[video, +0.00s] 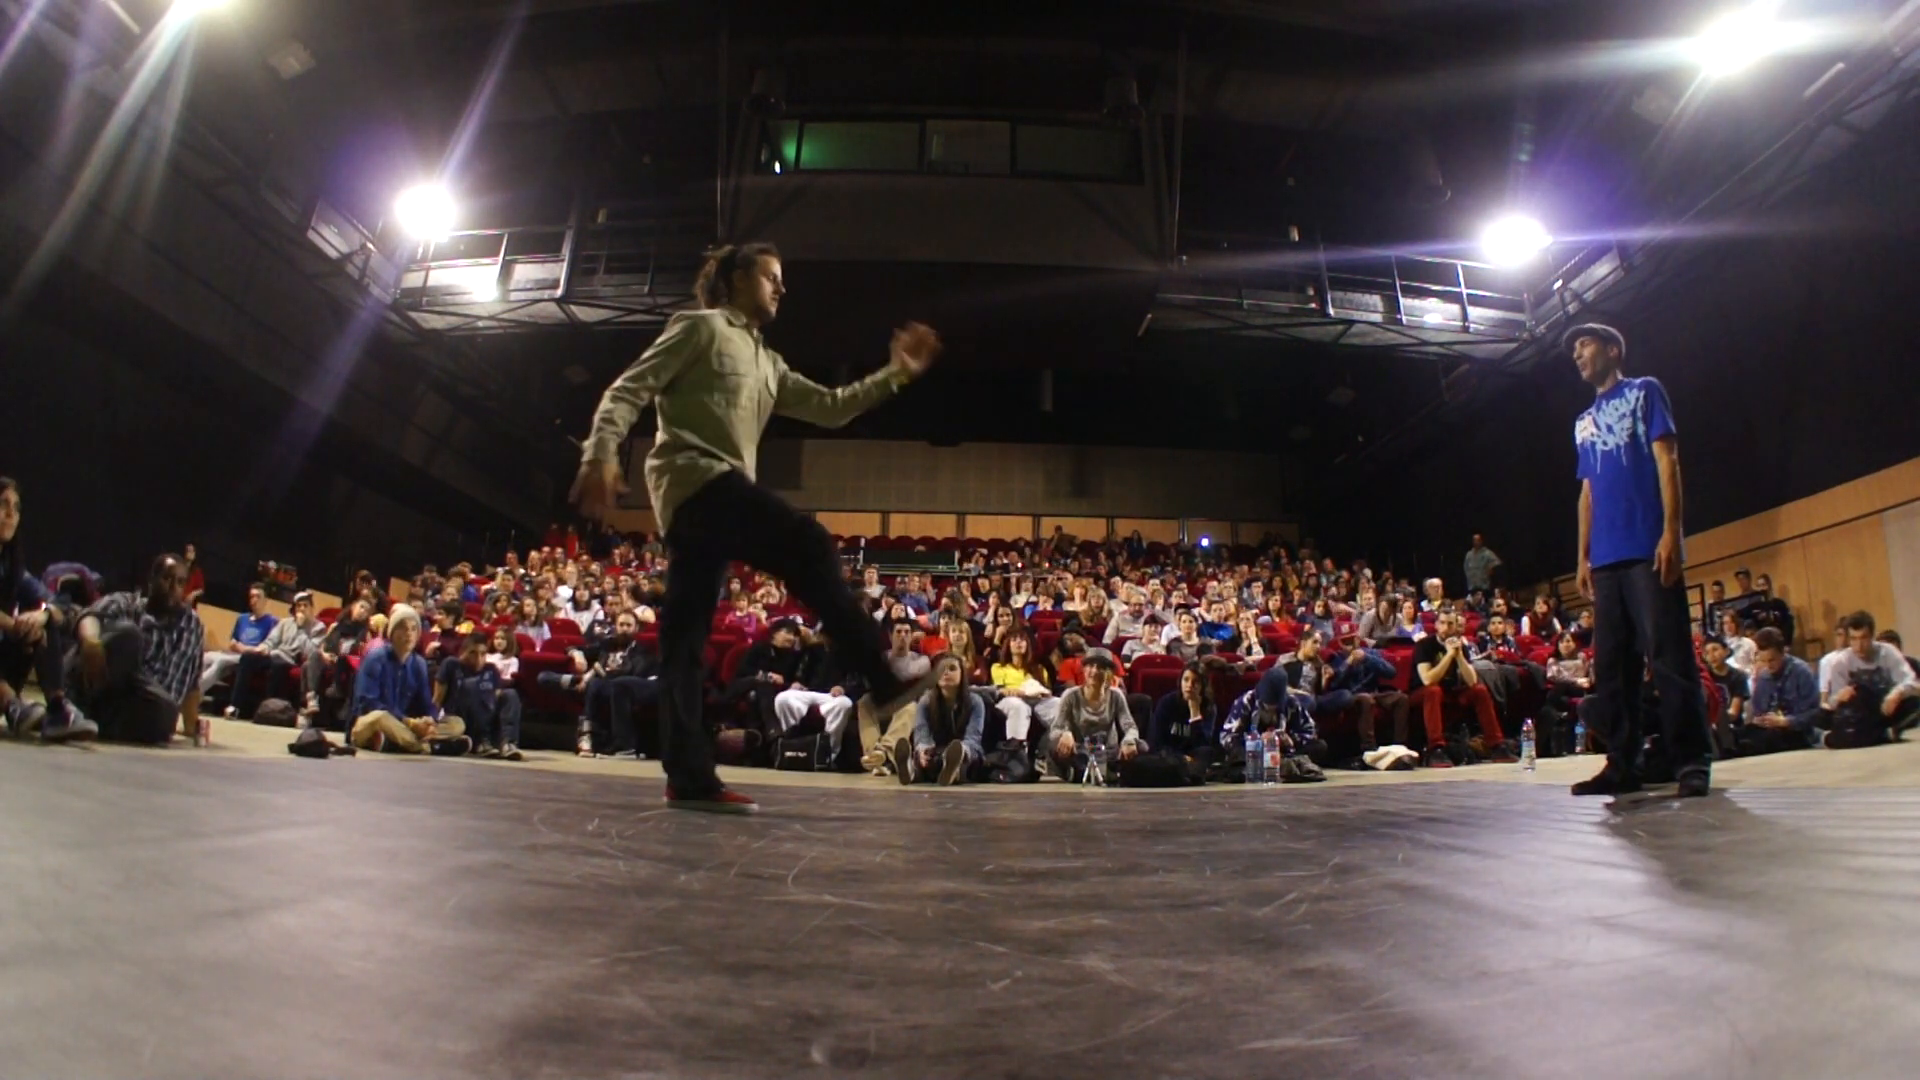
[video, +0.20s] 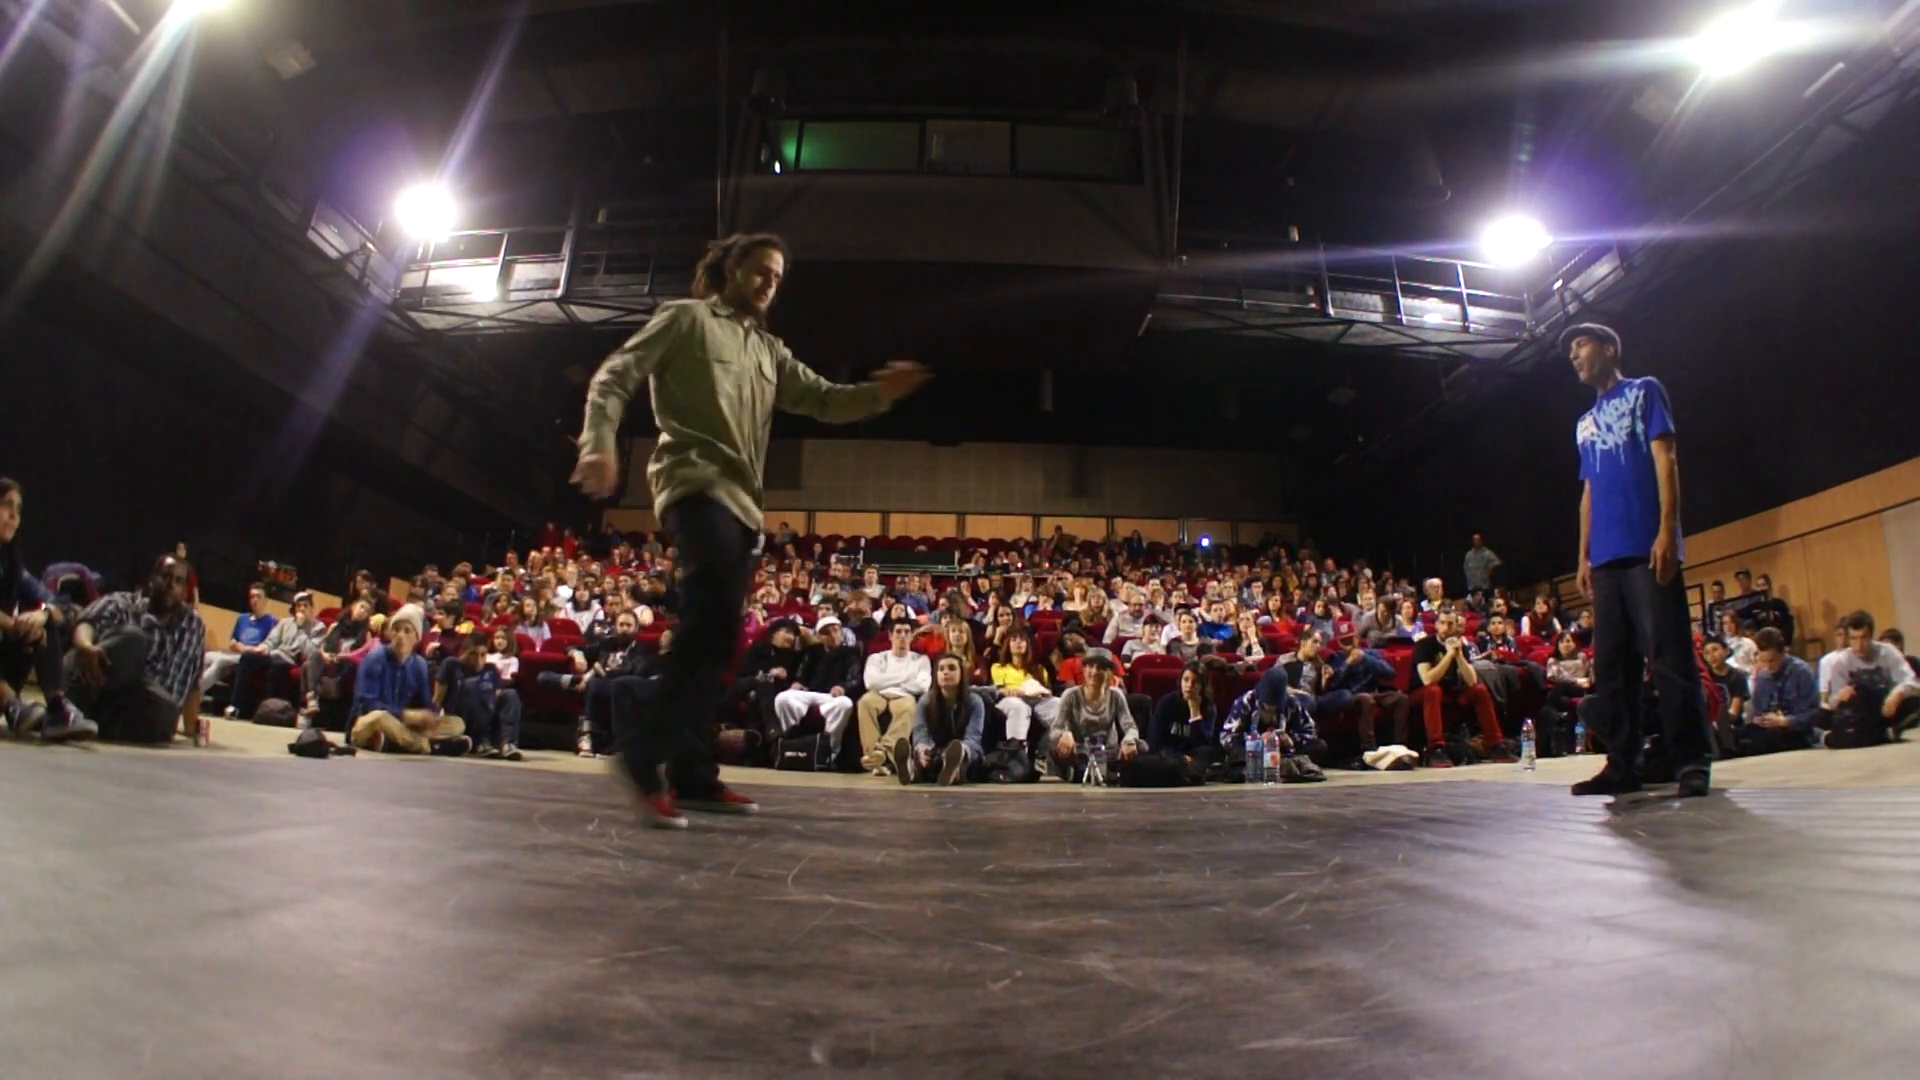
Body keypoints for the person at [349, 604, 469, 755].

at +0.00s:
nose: (409, 634)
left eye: (413, 629)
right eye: (402, 628)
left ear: (418, 634)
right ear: (391, 632)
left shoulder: (419, 664)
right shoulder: (375, 658)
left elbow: (426, 704)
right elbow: (367, 703)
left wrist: (429, 720)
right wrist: (407, 722)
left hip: (412, 724)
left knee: (457, 724)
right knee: (381, 718)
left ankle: (396, 744)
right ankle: (425, 748)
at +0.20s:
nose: (400, 636)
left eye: (407, 631)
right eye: (396, 630)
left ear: (417, 638)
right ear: (390, 633)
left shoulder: (420, 665)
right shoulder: (375, 659)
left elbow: (426, 705)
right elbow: (366, 704)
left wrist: (428, 719)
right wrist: (405, 715)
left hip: (410, 724)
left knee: (457, 724)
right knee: (380, 718)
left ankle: (393, 743)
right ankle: (428, 747)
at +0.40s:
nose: (398, 637)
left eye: (405, 633)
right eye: (394, 631)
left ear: (415, 639)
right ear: (388, 633)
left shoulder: (419, 664)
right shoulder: (372, 660)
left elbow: (426, 706)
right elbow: (367, 705)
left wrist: (428, 720)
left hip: (404, 724)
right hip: (366, 725)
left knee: (457, 724)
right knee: (380, 717)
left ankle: (393, 744)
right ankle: (428, 747)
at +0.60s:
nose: (392, 639)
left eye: (398, 634)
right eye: (388, 633)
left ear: (409, 638)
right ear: (382, 635)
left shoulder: (416, 664)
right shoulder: (367, 661)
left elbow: (428, 705)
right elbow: (369, 706)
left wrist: (425, 722)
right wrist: (390, 668)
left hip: (403, 723)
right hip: (366, 725)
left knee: (457, 724)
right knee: (380, 718)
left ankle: (393, 743)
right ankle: (428, 747)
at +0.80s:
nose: (384, 632)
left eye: (390, 626)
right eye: (379, 626)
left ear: (401, 633)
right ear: (374, 631)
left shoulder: (410, 664)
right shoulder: (361, 660)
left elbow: (430, 706)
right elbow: (358, 703)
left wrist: (423, 716)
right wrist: (386, 669)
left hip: (400, 725)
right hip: (363, 726)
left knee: (457, 723)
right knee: (379, 717)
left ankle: (394, 743)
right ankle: (429, 747)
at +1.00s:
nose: (377, 626)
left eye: (382, 621)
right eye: (372, 622)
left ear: (393, 628)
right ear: (366, 627)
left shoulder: (400, 657)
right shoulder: (356, 655)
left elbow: (427, 690)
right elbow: (349, 679)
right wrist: (384, 681)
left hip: (401, 720)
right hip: (364, 725)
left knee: (455, 717)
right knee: (379, 713)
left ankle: (395, 742)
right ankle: (429, 747)